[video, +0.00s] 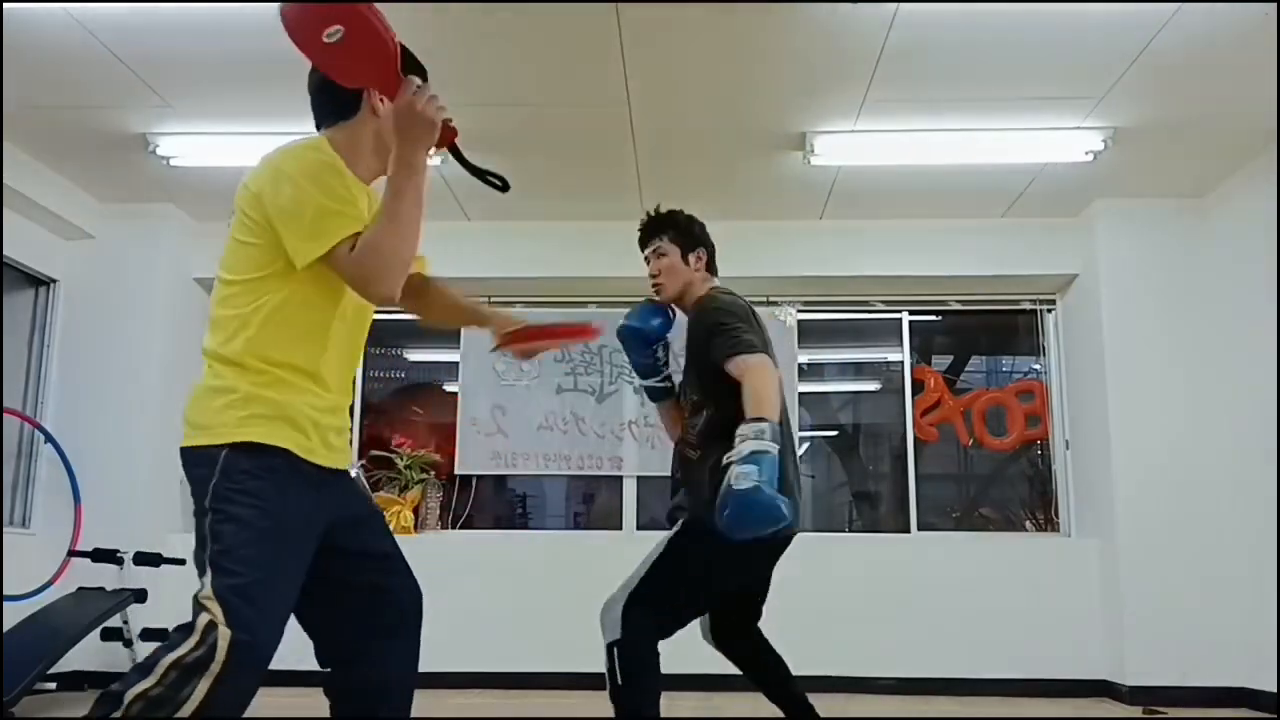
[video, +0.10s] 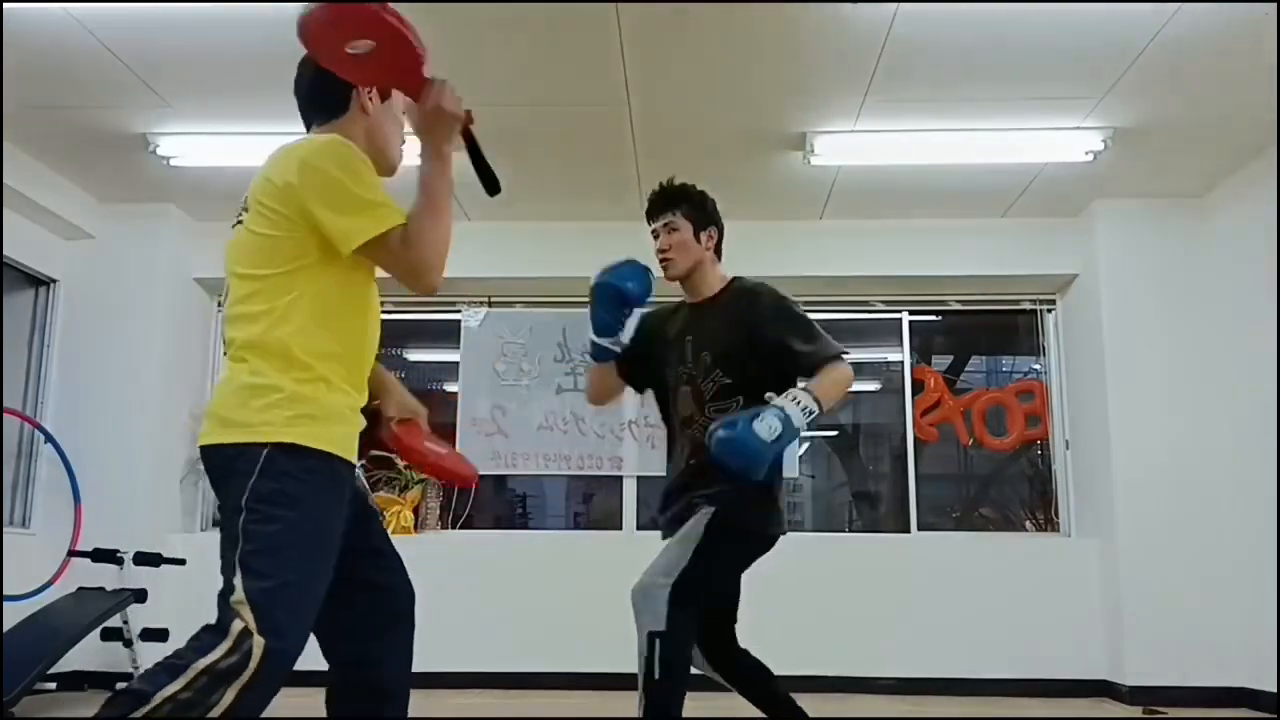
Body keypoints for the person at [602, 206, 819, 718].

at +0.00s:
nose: (651, 269)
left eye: (660, 256)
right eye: (647, 261)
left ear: (698, 260)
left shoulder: (717, 310)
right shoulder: (705, 324)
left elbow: (760, 373)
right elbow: (689, 435)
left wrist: (755, 455)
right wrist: (653, 375)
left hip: (729, 508)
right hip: (758, 509)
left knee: (626, 617)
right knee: (732, 629)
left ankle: (637, 716)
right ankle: (804, 714)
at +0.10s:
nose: (660, 243)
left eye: (672, 231)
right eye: (656, 235)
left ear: (709, 238)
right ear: (655, 247)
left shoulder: (756, 303)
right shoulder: (658, 326)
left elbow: (838, 371)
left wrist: (786, 414)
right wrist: (606, 335)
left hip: (742, 497)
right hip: (688, 500)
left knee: (657, 595)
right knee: (716, 648)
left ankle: (660, 712)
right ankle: (795, 717)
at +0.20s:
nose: (669, 226)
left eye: (683, 214)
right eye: (661, 217)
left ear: (716, 226)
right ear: (654, 228)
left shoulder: (754, 299)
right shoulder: (631, 291)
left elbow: (827, 378)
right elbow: (546, 288)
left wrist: (804, 378)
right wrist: (548, 233)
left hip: (734, 484)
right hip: (668, 487)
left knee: (659, 587)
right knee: (733, 624)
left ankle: (662, 714)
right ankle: (804, 714)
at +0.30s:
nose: (635, 203)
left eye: (648, 189)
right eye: (628, 193)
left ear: (685, 200)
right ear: (623, 206)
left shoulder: (730, 269)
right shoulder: (624, 265)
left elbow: (804, 353)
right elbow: (547, 295)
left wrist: (774, 337)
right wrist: (545, 251)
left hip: (717, 469)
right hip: (669, 468)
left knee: (635, 589)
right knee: (726, 616)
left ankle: (646, 715)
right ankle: (791, 714)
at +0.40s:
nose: (605, 196)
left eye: (616, 182)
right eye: (601, 185)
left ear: (657, 186)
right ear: (606, 192)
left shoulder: (695, 243)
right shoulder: (624, 271)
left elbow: (754, 302)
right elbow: (605, 352)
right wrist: (579, 310)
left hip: (696, 458)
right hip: (692, 458)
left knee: (614, 593)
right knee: (684, 605)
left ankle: (633, 715)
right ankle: (767, 710)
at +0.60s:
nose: (588, 219)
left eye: (597, 206)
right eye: (582, 209)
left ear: (637, 214)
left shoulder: (655, 265)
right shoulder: (618, 296)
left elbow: (656, 315)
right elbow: (585, 389)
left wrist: (589, 242)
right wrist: (562, 327)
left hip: (663, 483)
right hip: (688, 489)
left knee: (559, 598)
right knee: (672, 633)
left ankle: (541, 713)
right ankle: (762, 714)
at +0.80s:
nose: (550, 173)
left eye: (564, 159)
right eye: (545, 164)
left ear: (606, 176)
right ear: (539, 180)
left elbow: (688, 334)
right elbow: (423, 275)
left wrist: (613, 263)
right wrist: (418, 219)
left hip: (623, 471)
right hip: (558, 475)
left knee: (510, 584)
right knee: (619, 656)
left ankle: (506, 714)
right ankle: (739, 712)